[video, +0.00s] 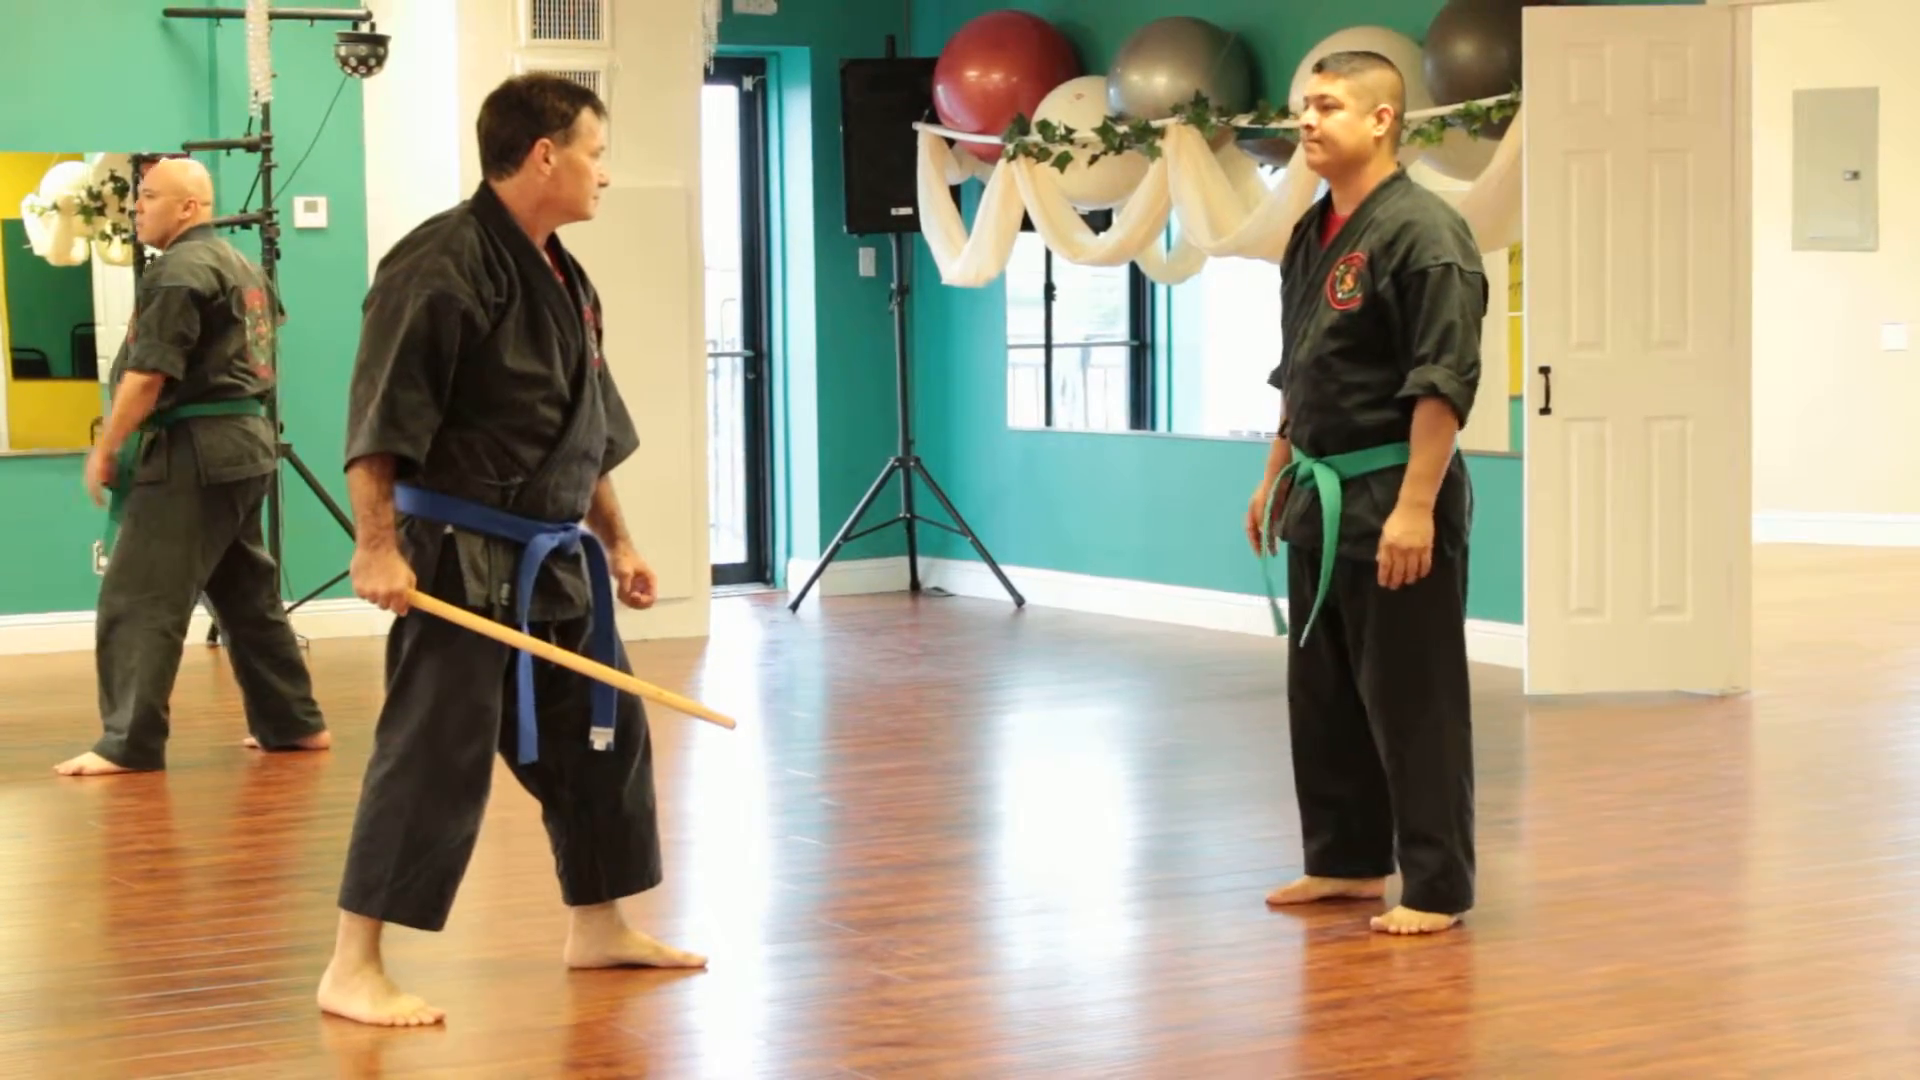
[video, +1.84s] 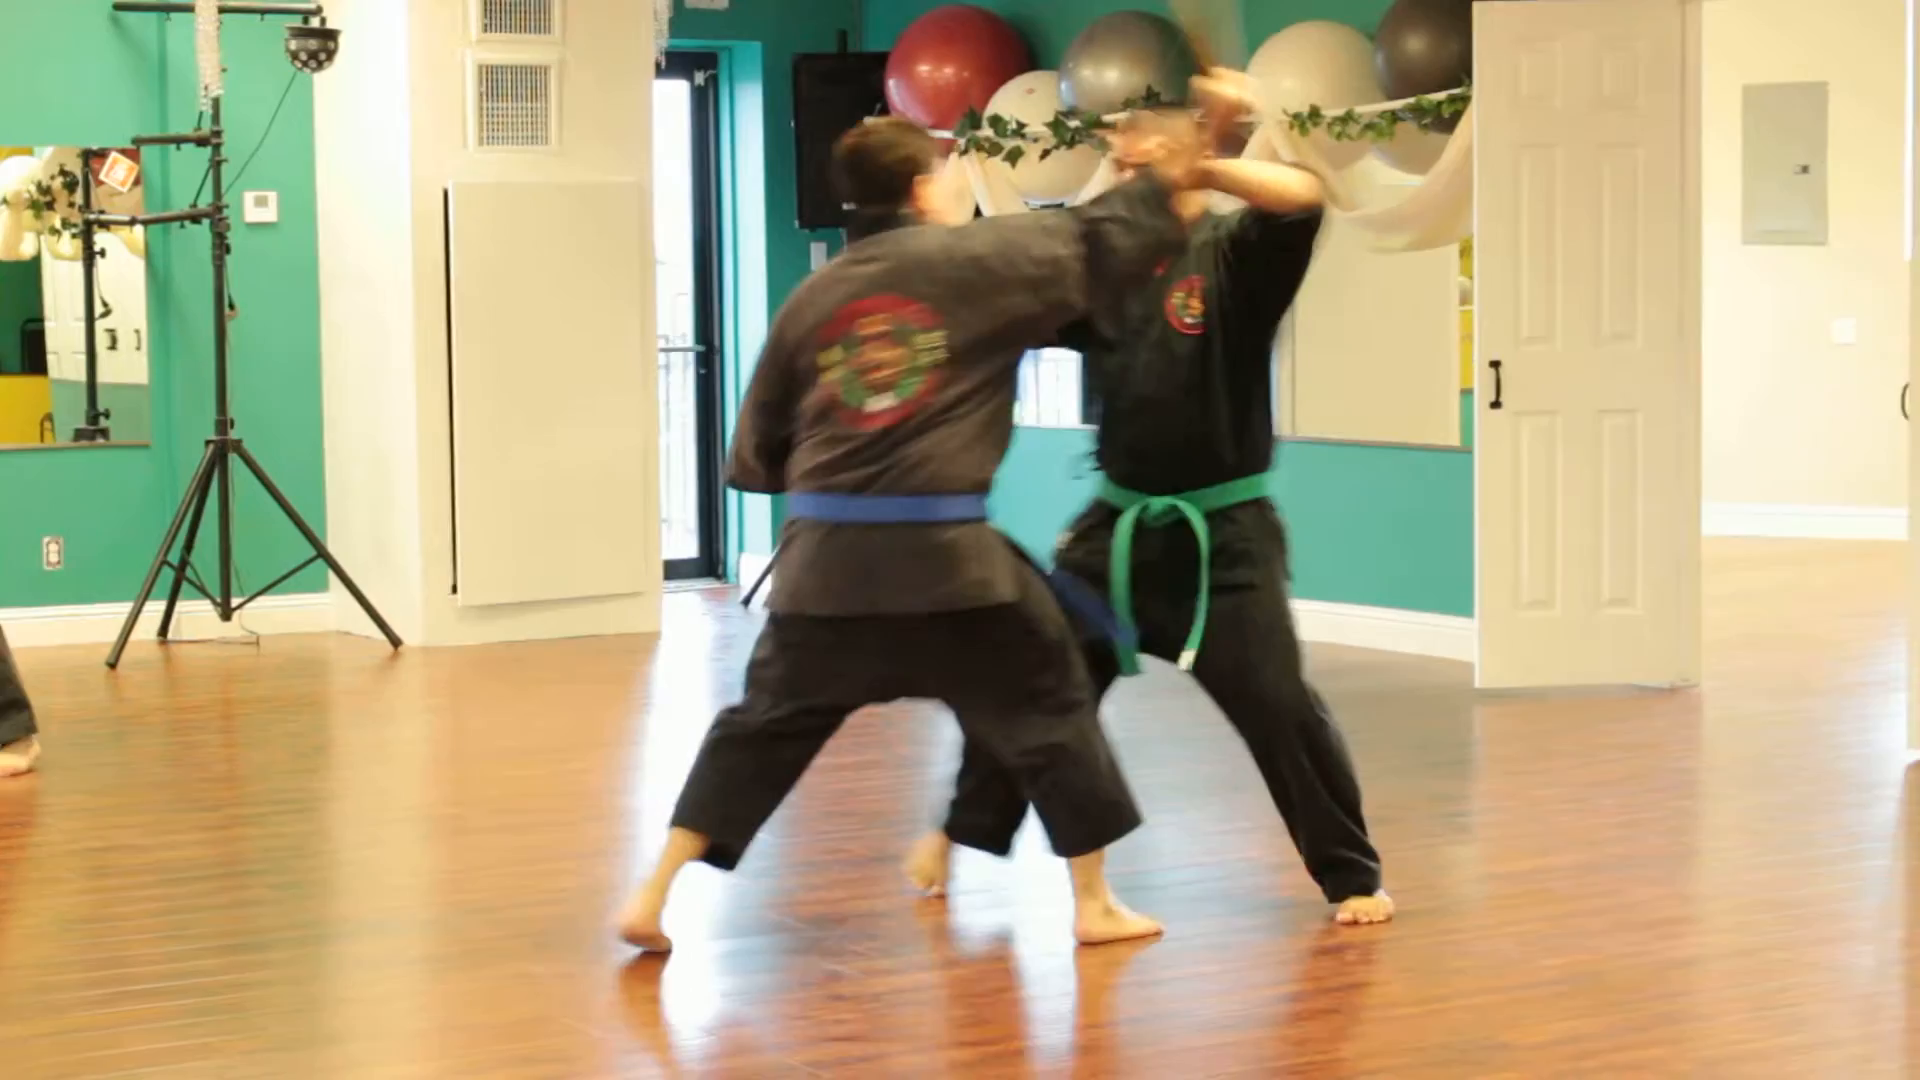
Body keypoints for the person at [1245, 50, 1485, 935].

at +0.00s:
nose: (1306, 121)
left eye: (1326, 107)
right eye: (1303, 108)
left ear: (1382, 121)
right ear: (1306, 125)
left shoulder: (1426, 229)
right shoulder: (1311, 233)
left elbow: (1444, 382)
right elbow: (1302, 370)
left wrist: (1416, 505)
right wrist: (1277, 472)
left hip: (1400, 483)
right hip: (1321, 484)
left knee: (1412, 691)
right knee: (1327, 684)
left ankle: (1437, 888)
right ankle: (1350, 861)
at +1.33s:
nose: (1276, 131)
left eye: (1295, 116)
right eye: (1274, 118)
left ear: (1352, 127)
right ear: (1291, 132)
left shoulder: (1377, 233)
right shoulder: (1313, 228)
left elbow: (1375, 385)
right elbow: (1312, 373)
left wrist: (1301, 477)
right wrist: (1268, 454)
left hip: (1385, 487)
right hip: (1318, 480)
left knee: (1375, 679)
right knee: (1307, 675)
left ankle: (1388, 873)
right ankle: (1336, 861)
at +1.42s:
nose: (1272, 144)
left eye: (1291, 129)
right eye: (1269, 131)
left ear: (1347, 140)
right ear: (1274, 145)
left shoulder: (1366, 239)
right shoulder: (1310, 241)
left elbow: (1335, 370)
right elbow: (1283, 369)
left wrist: (1220, 383)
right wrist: (1264, 387)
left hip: (1379, 497)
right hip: (1303, 494)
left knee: (1373, 688)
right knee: (1246, 658)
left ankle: (1384, 873)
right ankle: (1308, 824)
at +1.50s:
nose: (1268, 154)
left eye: (1286, 139)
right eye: (1264, 140)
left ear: (1340, 150)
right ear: (1269, 153)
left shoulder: (1359, 253)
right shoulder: (1309, 244)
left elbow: (1255, 349)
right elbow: (1282, 296)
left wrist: (1170, 291)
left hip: (1371, 505)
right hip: (1291, 500)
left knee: (1366, 684)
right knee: (1199, 642)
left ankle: (1383, 878)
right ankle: (1226, 812)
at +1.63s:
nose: (1248, 163)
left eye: (1265, 146)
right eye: (1241, 150)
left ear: (1321, 153)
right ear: (1243, 164)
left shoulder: (1337, 247)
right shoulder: (1267, 246)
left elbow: (1232, 291)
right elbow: (1201, 280)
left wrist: (1146, 230)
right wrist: (1168, 204)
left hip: (1343, 513)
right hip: (1257, 510)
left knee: (1338, 691)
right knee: (1159, 663)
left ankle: (1382, 884)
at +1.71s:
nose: (1194, 169)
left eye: (1210, 154)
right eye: (1188, 156)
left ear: (1265, 162)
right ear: (1185, 167)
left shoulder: (1293, 246)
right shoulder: (1191, 261)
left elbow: (1219, 245)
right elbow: (1128, 295)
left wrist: (1116, 212)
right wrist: (1079, 205)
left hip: (1284, 513)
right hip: (1189, 510)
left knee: (1299, 694)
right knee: (1096, 676)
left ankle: (1348, 884)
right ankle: (1016, 826)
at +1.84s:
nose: (1133, 163)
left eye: (1154, 146)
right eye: (1125, 149)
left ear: (1198, 158)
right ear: (1112, 162)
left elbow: (1305, 199)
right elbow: (999, 282)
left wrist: (1201, 167)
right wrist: (959, 194)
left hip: (1228, 516)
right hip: (1121, 515)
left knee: (1270, 694)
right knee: (1041, 672)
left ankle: (1353, 880)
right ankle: (953, 831)